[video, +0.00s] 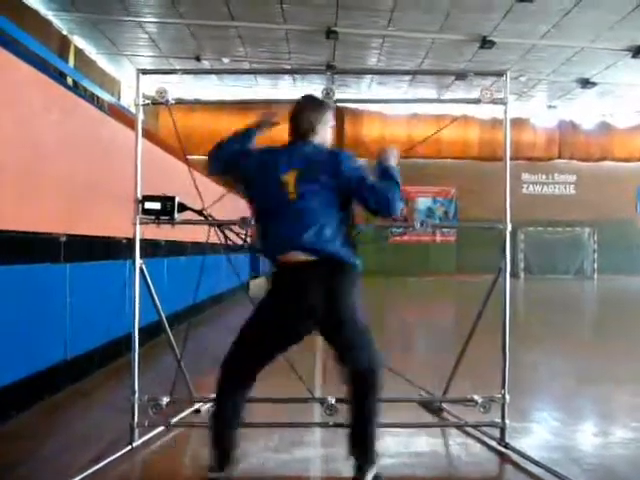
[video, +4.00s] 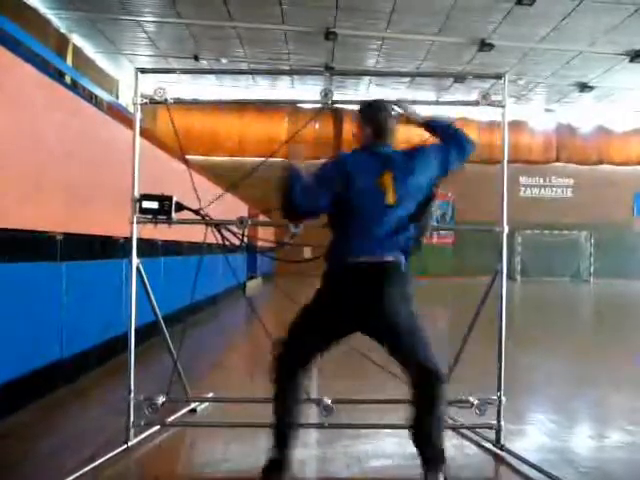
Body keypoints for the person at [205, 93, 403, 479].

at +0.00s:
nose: (333, 131)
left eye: (331, 126)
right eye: (331, 126)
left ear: (291, 127)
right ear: (325, 128)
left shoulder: (263, 163)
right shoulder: (336, 163)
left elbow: (219, 159)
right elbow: (388, 204)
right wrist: (388, 168)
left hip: (289, 286)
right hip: (335, 284)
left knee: (237, 368)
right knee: (365, 366)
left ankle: (222, 462)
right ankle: (365, 466)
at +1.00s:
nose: (315, 128)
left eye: (313, 122)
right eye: (314, 122)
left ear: (274, 127)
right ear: (308, 126)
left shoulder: (247, 175)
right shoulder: (329, 166)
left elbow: (205, 219)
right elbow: (356, 229)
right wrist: (388, 222)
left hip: (287, 291)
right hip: (337, 287)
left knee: (231, 381)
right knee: (372, 380)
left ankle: (193, 467)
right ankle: (382, 465)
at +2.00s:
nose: (292, 142)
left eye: (276, 135)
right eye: (294, 137)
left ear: (258, 139)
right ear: (292, 141)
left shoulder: (235, 174)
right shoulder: (310, 177)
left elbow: (197, 156)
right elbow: (324, 233)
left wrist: (171, 117)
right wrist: (375, 239)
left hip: (278, 303)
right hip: (328, 296)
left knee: (207, 378)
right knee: (391, 369)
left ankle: (184, 468)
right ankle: (466, 443)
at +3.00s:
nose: (270, 132)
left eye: (270, 127)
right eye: (285, 128)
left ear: (269, 131)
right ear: (302, 130)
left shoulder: (254, 161)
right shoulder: (325, 162)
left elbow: (208, 138)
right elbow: (377, 182)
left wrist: (173, 103)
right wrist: (388, 158)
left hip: (301, 289)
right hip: (345, 281)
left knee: (241, 381)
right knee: (402, 364)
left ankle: (187, 464)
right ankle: (466, 441)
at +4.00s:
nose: (360, 133)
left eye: (360, 126)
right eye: (368, 125)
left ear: (362, 130)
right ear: (395, 129)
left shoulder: (345, 167)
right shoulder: (418, 163)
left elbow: (299, 206)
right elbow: (462, 144)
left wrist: (294, 173)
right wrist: (422, 121)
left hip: (341, 290)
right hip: (389, 293)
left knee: (290, 358)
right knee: (427, 375)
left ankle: (279, 460)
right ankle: (434, 466)